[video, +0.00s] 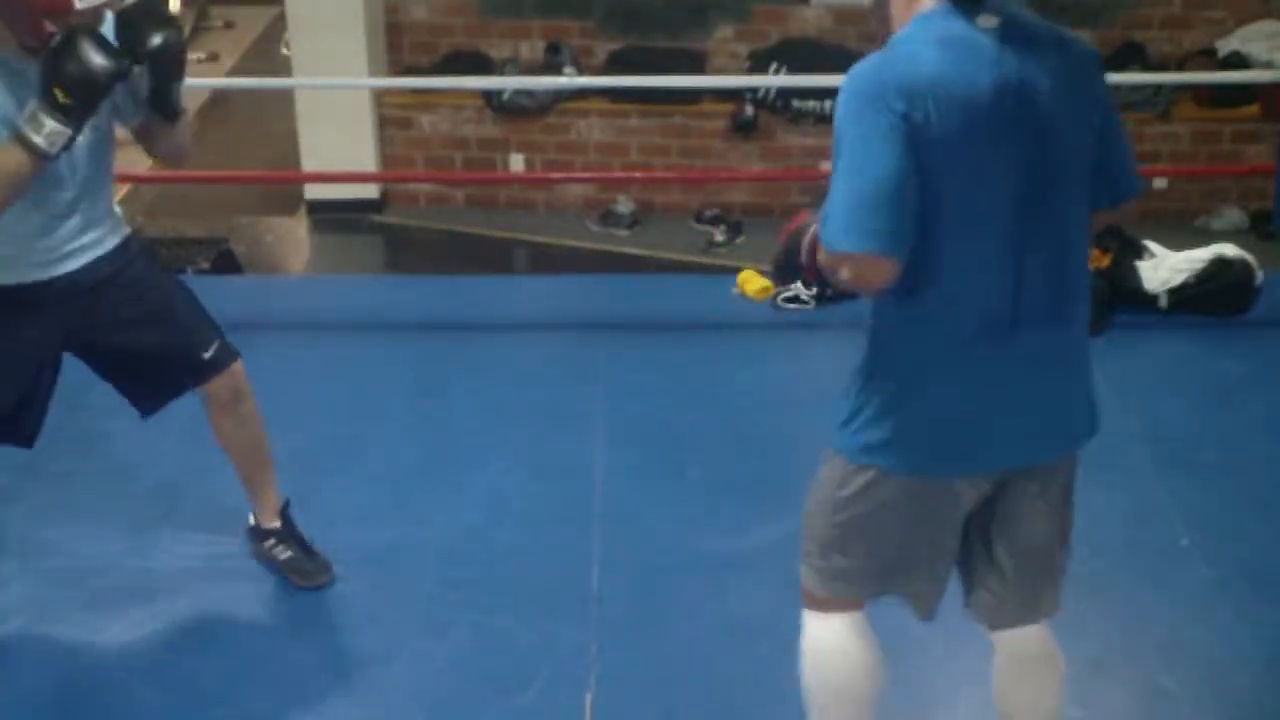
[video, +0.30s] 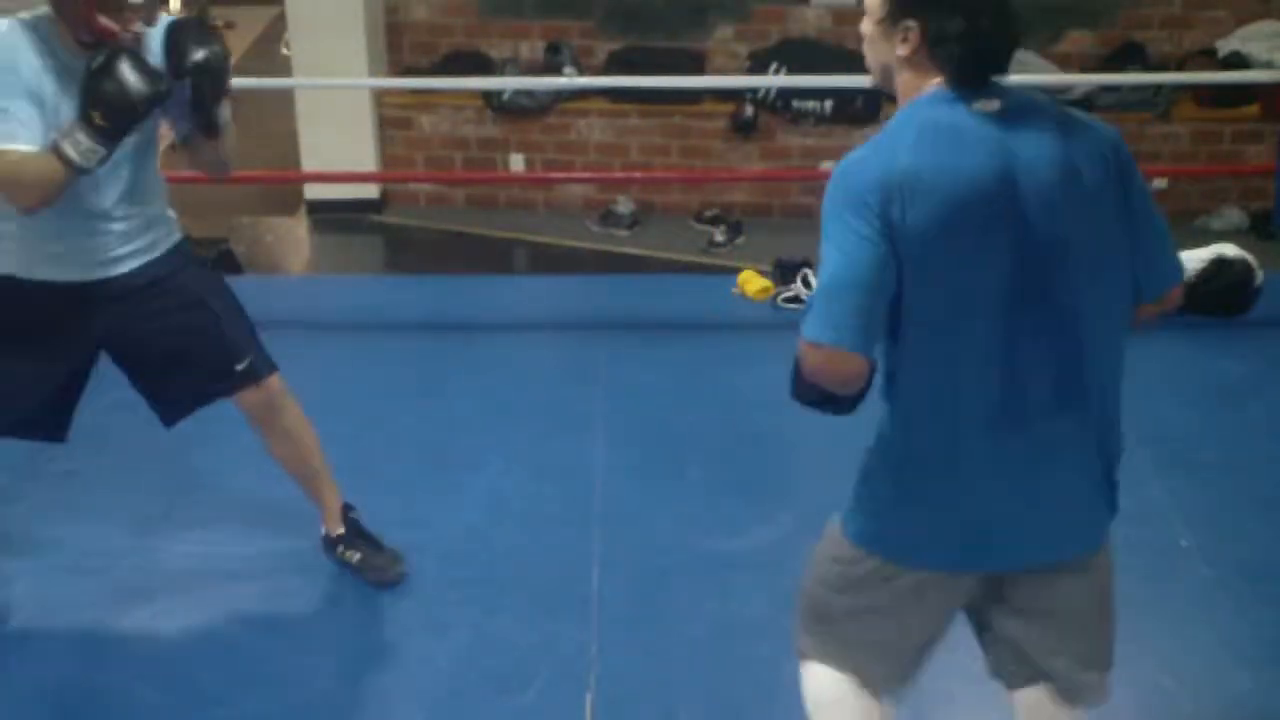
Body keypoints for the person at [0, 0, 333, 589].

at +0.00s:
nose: (52, 26)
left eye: (63, 14)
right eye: (39, 15)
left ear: (77, 11)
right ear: (8, 14)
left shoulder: (88, 50)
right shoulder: (3, 71)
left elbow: (172, 151)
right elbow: (3, 190)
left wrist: (164, 86)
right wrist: (54, 114)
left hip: (103, 260)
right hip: (12, 284)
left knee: (224, 374)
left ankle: (271, 522)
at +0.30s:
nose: (126, 29)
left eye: (138, 17)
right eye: (115, 15)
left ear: (148, 11)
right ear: (71, 2)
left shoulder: (154, 37)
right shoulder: (14, 44)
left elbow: (212, 163)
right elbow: (22, 190)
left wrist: (206, 100)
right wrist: (95, 128)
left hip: (150, 261)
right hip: (32, 277)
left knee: (261, 389)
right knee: (4, 427)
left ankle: (338, 523)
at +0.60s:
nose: (175, 15)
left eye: (188, 5)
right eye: (161, 7)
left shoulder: (230, 20)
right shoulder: (78, 28)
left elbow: (278, 158)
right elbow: (100, 171)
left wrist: (276, 91)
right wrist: (169, 103)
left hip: (205, 236)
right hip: (86, 242)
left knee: (299, 374)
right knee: (25, 388)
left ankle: (342, 525)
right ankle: (40, 472)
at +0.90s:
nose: (141, 8)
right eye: (123, 5)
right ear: (90, 0)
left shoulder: (195, 10)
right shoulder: (40, 22)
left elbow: (243, 128)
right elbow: (53, 164)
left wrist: (235, 92)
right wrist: (117, 109)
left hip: (210, 225)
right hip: (93, 240)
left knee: (318, 362)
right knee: (47, 390)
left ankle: (380, 500)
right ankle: (62, 480)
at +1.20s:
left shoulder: (303, 16)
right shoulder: (156, 14)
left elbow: (360, 142)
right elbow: (161, 150)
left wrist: (344, 62)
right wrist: (223, 78)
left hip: (280, 227)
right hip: (167, 231)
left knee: (369, 368)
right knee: (107, 373)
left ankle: (427, 517)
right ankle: (69, 476)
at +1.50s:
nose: (262, 0)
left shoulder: (342, 7)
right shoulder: (190, 9)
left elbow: (375, 133)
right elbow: (197, 136)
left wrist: (371, 94)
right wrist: (264, 78)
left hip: (317, 214)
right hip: (205, 217)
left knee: (390, 362)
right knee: (163, 353)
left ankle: (431, 520)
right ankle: (191, 433)